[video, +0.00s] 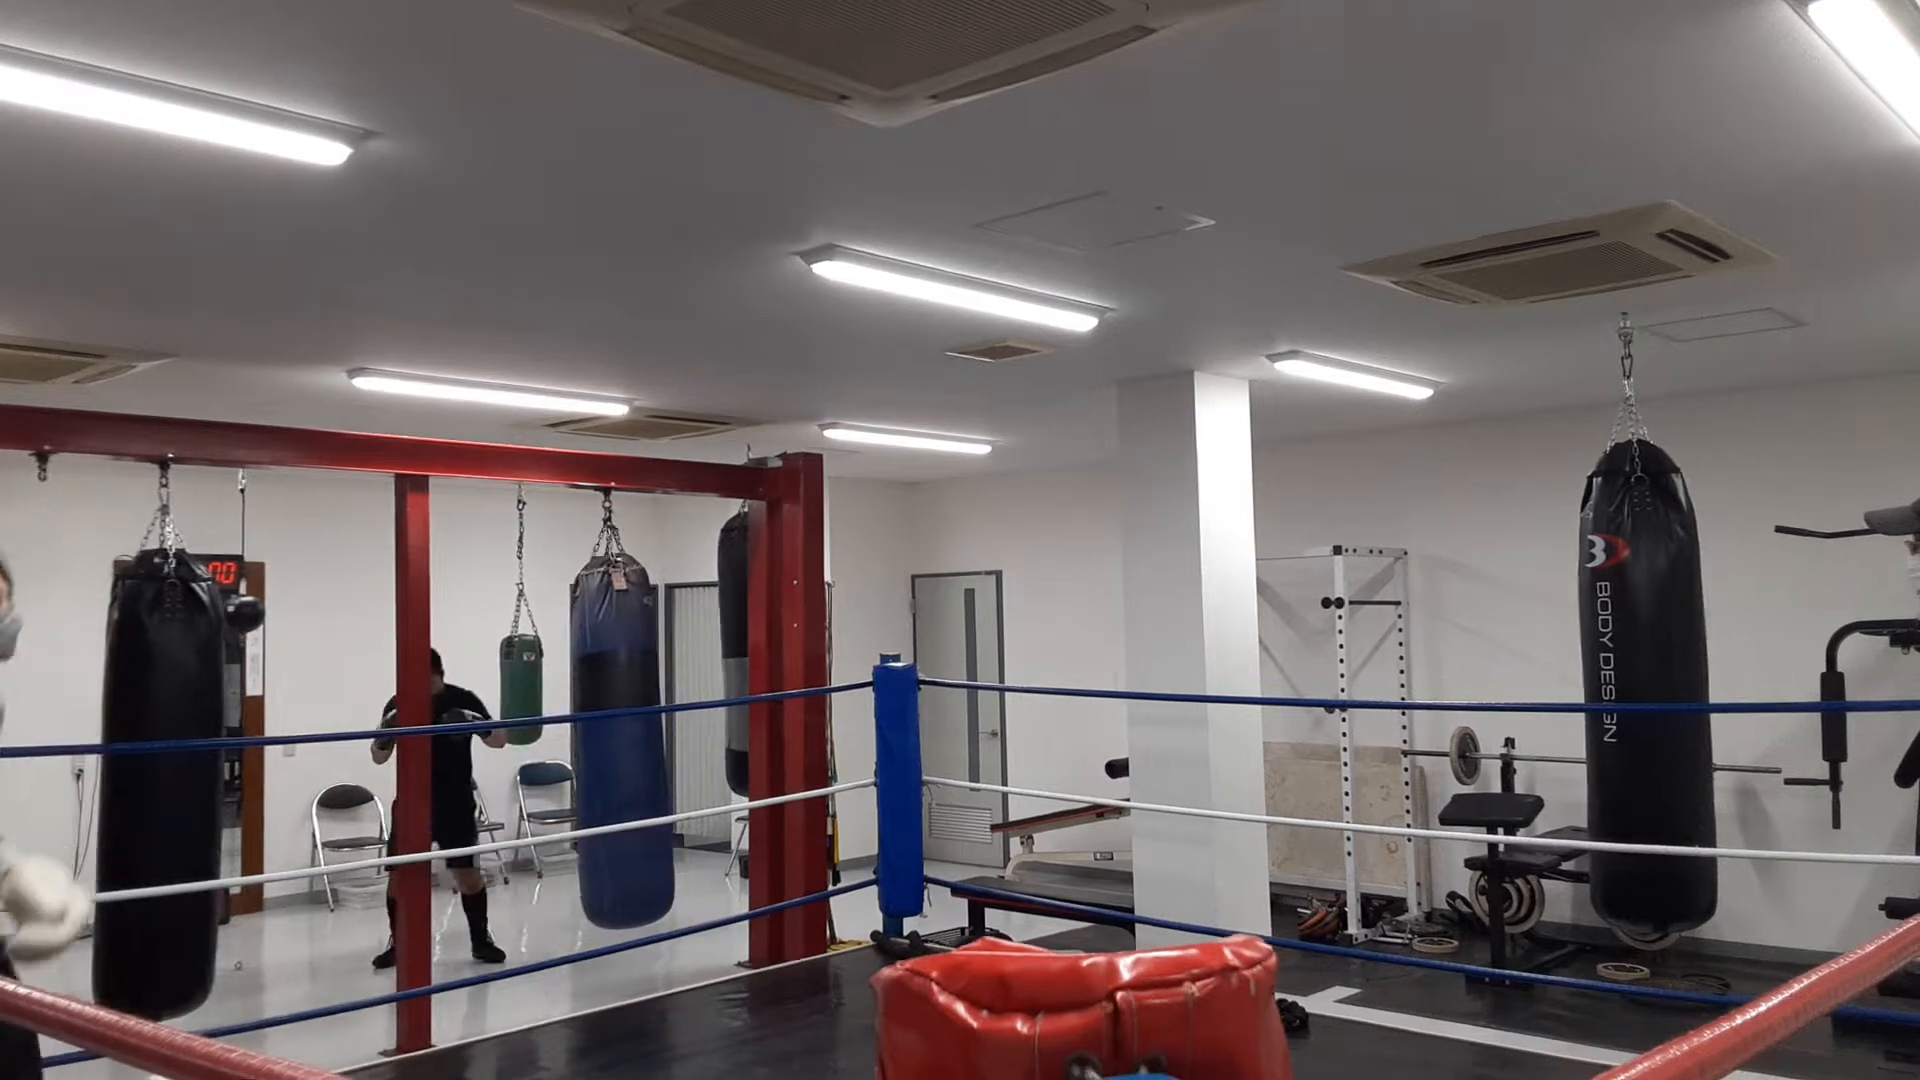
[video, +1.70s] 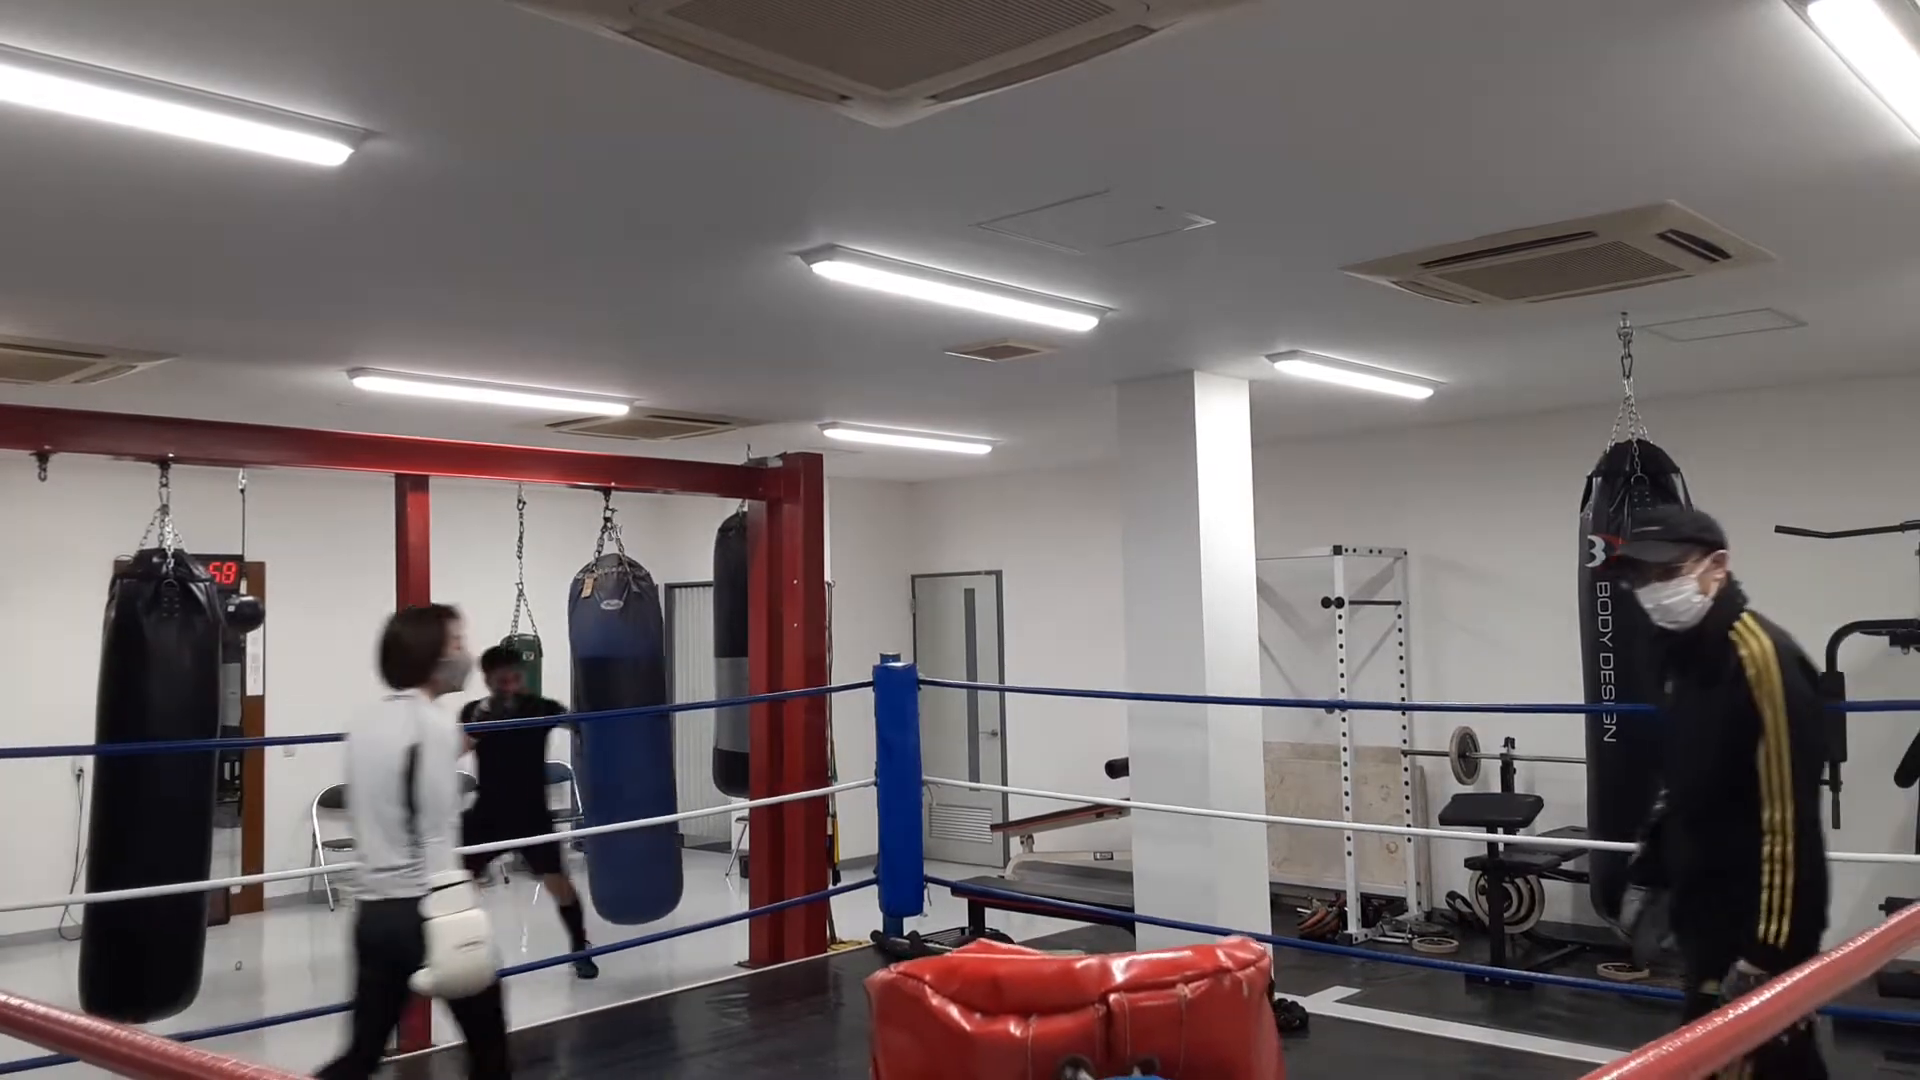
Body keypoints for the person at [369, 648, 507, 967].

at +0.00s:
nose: (425, 684)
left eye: (429, 676)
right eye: (419, 677)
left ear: (439, 673)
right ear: (409, 677)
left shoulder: (463, 699)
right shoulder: (399, 704)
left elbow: (499, 740)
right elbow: (378, 757)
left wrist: (473, 723)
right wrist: (388, 731)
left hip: (455, 799)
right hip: (412, 801)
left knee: (467, 872)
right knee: (399, 873)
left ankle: (481, 941)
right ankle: (399, 943)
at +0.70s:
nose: (452, 685)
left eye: (457, 678)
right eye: (446, 678)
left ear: (462, 675)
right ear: (427, 672)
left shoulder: (463, 705)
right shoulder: (397, 700)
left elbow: (498, 748)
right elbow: (377, 748)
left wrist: (491, 726)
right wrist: (408, 724)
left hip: (443, 801)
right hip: (398, 800)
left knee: (453, 876)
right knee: (374, 875)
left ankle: (467, 961)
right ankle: (360, 946)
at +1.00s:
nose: (406, 683)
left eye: (409, 676)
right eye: (399, 677)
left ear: (413, 679)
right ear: (382, 678)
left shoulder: (419, 710)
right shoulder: (355, 714)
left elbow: (465, 745)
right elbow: (354, 759)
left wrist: (451, 731)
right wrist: (388, 729)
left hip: (412, 817)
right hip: (365, 819)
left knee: (437, 885)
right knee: (337, 892)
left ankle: (463, 961)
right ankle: (312, 965)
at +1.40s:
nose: (452, 687)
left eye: (455, 682)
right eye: (447, 681)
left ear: (456, 681)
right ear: (427, 678)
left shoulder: (455, 717)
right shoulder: (391, 714)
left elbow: (502, 741)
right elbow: (392, 751)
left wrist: (499, 709)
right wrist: (434, 712)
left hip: (436, 819)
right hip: (391, 820)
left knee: (475, 884)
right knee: (356, 894)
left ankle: (498, 957)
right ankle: (326, 959)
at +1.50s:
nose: (469, 689)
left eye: (473, 682)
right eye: (463, 681)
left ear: (476, 681)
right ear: (442, 679)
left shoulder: (478, 712)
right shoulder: (420, 710)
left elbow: (521, 743)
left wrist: (504, 714)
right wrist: (432, 712)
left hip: (465, 812)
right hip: (421, 814)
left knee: (500, 882)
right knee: (396, 886)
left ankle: (511, 950)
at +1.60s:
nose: (485, 689)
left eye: (490, 681)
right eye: (477, 682)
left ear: (496, 680)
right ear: (461, 683)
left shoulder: (508, 714)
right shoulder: (444, 715)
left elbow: (556, 743)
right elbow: (433, 752)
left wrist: (532, 723)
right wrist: (454, 721)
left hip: (493, 815)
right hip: (451, 818)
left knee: (532, 881)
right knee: (422, 889)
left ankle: (560, 946)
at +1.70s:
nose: (509, 686)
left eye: (515, 678)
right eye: (501, 680)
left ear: (523, 678)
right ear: (488, 681)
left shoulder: (540, 709)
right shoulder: (474, 713)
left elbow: (583, 726)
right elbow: (450, 755)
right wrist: (473, 733)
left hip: (531, 810)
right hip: (487, 811)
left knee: (556, 881)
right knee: (461, 880)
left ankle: (580, 948)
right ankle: (459, 953)